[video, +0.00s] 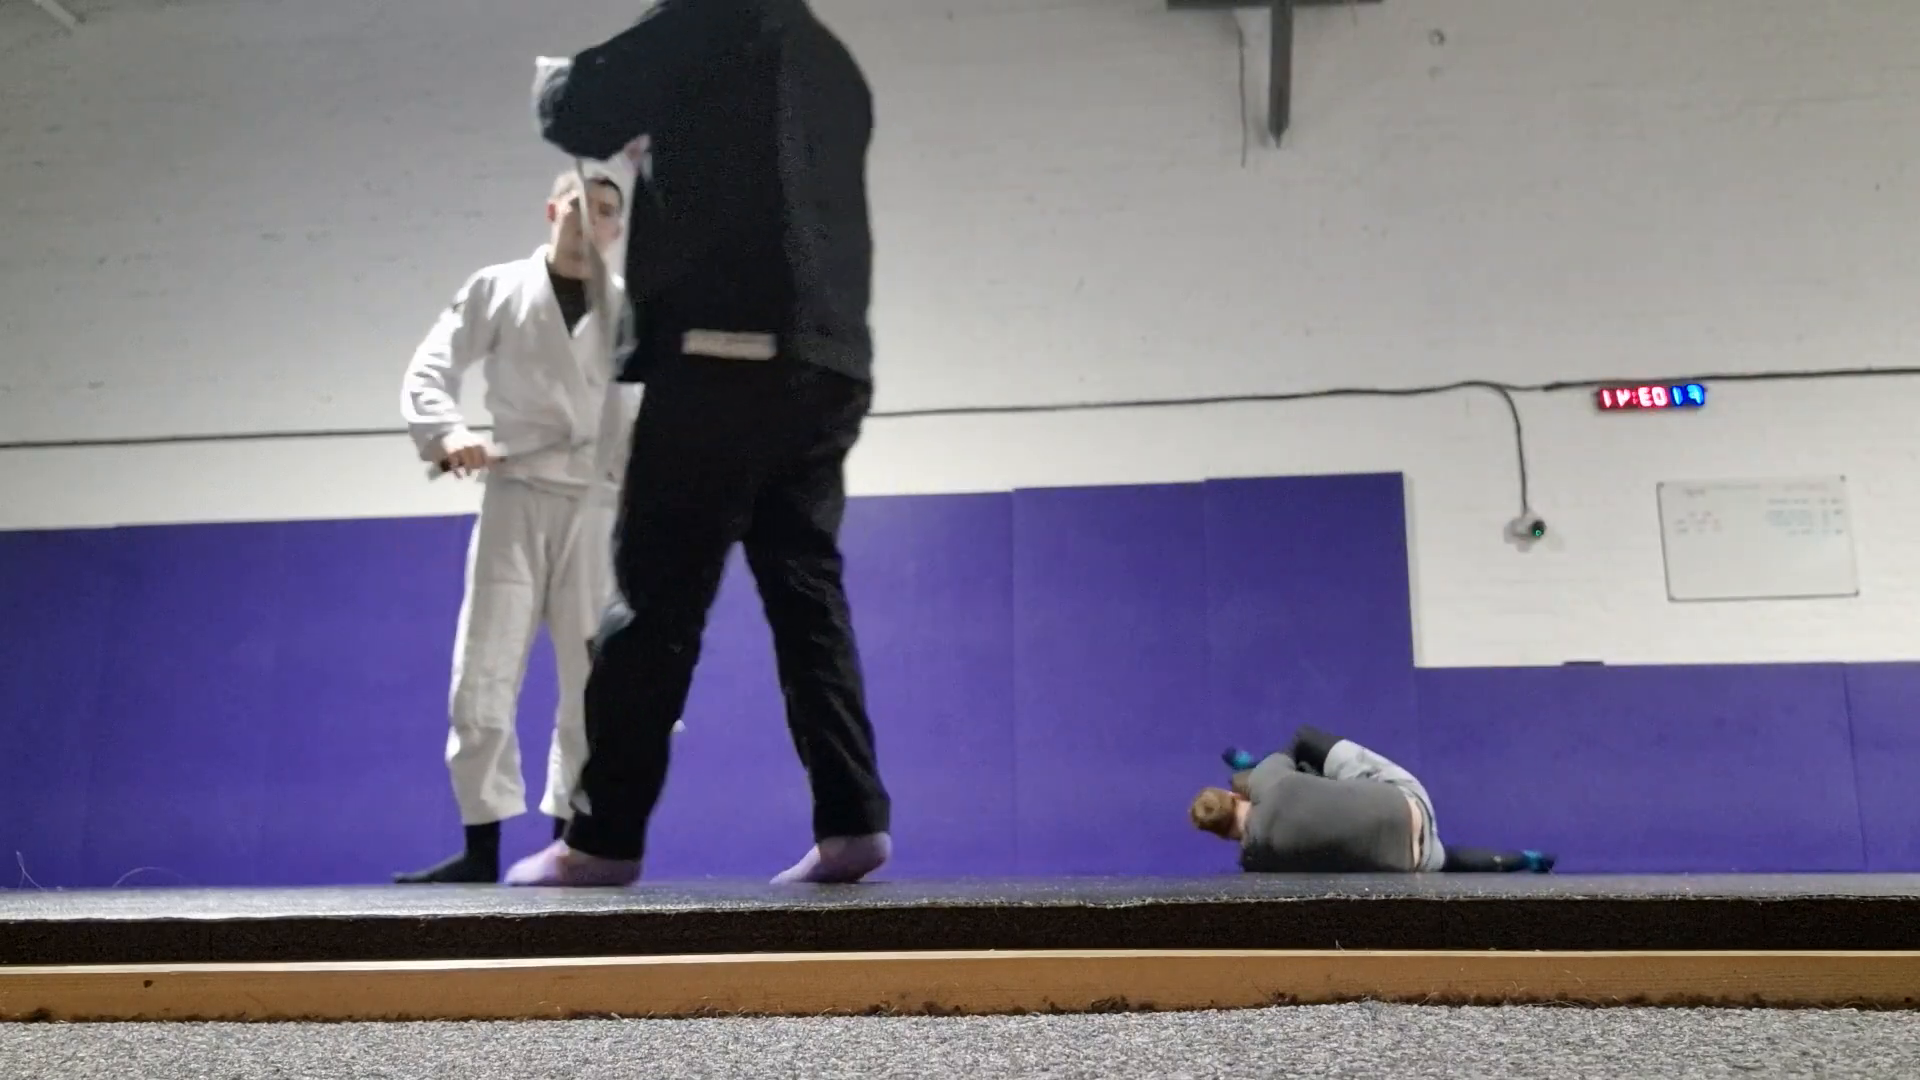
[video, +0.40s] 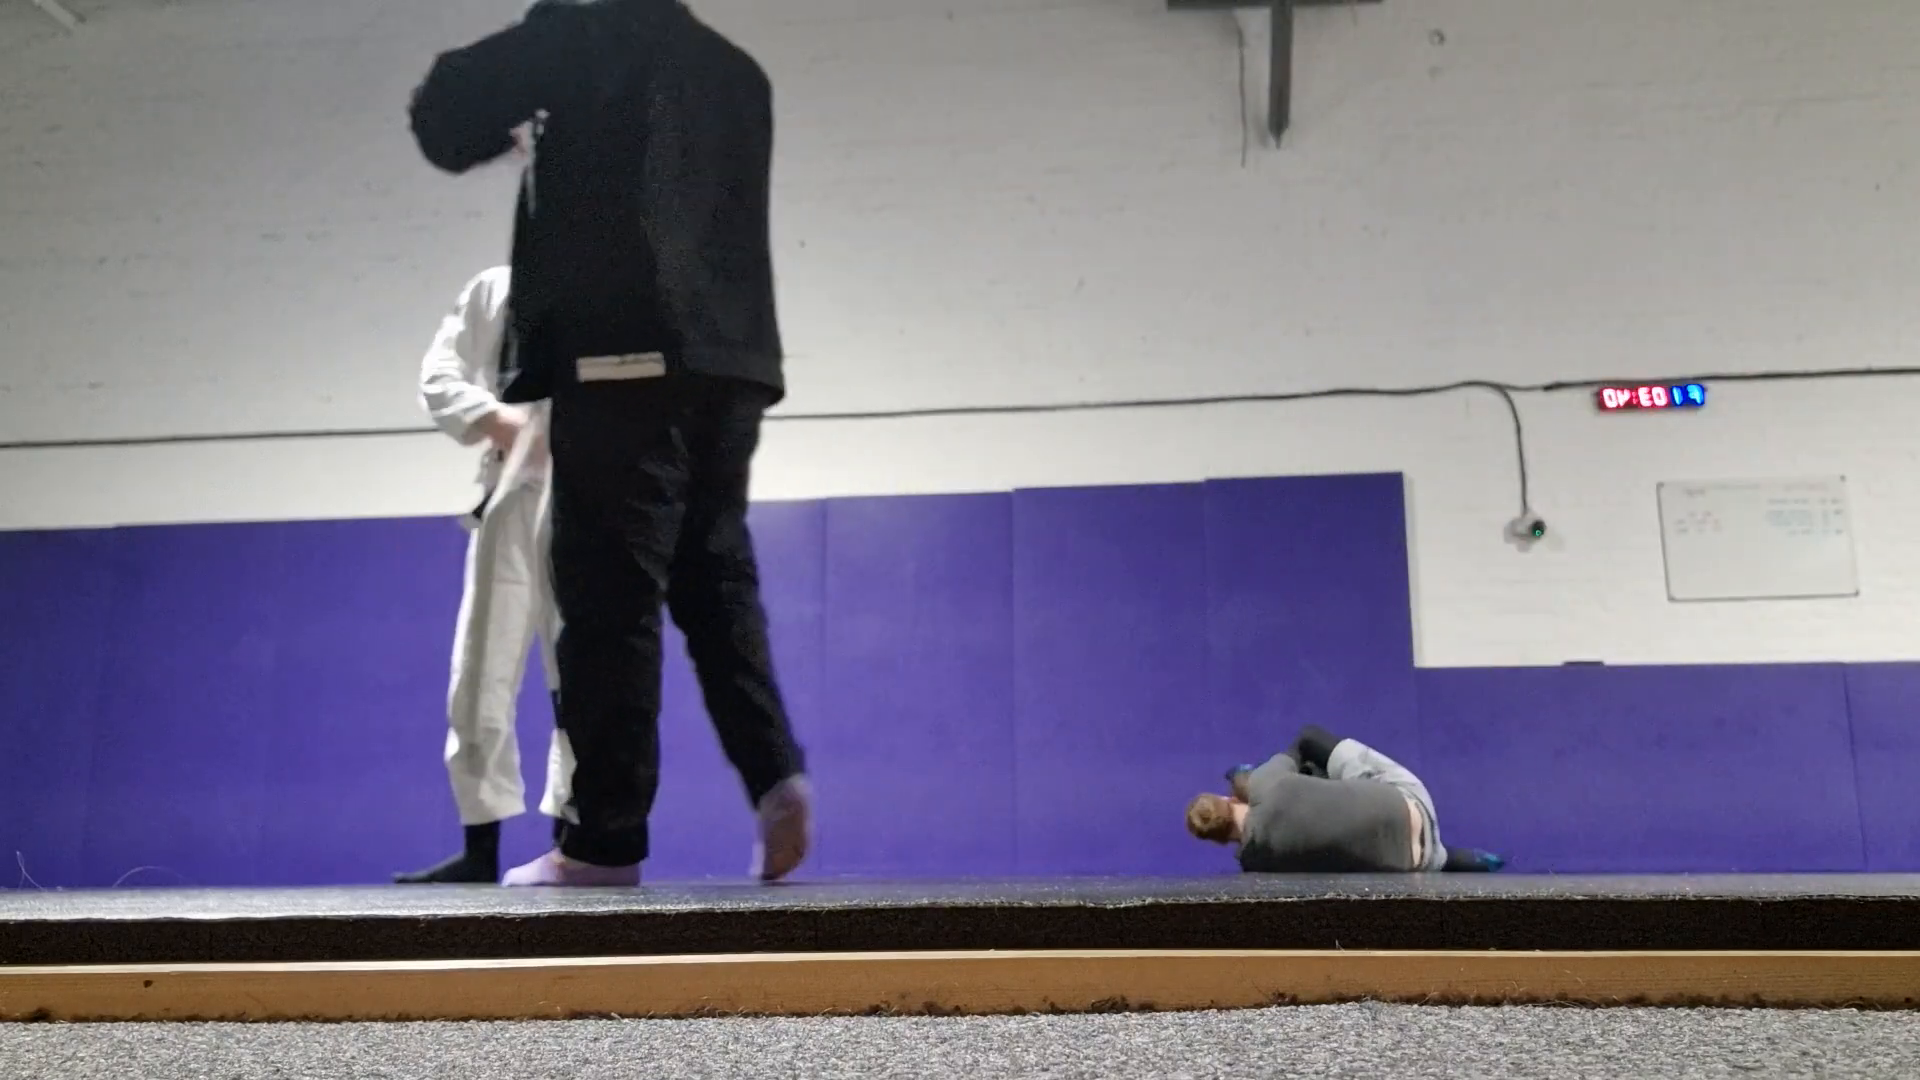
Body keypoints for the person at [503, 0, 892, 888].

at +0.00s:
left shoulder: (695, 22)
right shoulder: (841, 62)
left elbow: (578, 120)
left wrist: (557, 77)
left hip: (713, 372)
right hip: (826, 377)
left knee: (655, 608)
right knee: (808, 594)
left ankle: (602, 843)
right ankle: (854, 826)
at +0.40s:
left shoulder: (574, 25)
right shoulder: (740, 67)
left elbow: (444, 120)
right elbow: (732, 222)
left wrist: (509, 123)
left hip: (620, 365)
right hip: (733, 368)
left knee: (610, 606)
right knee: (714, 574)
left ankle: (602, 848)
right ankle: (776, 776)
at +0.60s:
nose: (533, 11)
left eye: (535, 9)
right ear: (630, 3)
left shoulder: (539, 30)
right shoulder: (705, 76)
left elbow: (411, 94)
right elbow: (764, 205)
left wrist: (485, 230)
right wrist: (665, 247)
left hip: (597, 355)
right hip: (712, 368)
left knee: (603, 605)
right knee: (686, 595)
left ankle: (602, 849)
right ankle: (718, 832)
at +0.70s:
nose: (533, 14)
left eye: (532, 10)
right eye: (537, 12)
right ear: (621, 5)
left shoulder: (538, 36)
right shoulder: (699, 85)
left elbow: (409, 99)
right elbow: (758, 206)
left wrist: (473, 234)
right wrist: (667, 255)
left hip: (599, 359)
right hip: (706, 373)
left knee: (602, 607)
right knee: (681, 602)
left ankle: (601, 849)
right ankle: (692, 839)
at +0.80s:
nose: (533, 17)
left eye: (534, 9)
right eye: (537, 11)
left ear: (557, 5)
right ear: (627, 11)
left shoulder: (535, 49)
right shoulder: (699, 95)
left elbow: (415, 124)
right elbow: (747, 222)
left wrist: (475, 260)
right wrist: (648, 266)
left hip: (599, 365)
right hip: (700, 379)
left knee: (598, 606)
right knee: (672, 605)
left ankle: (602, 846)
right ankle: (681, 843)